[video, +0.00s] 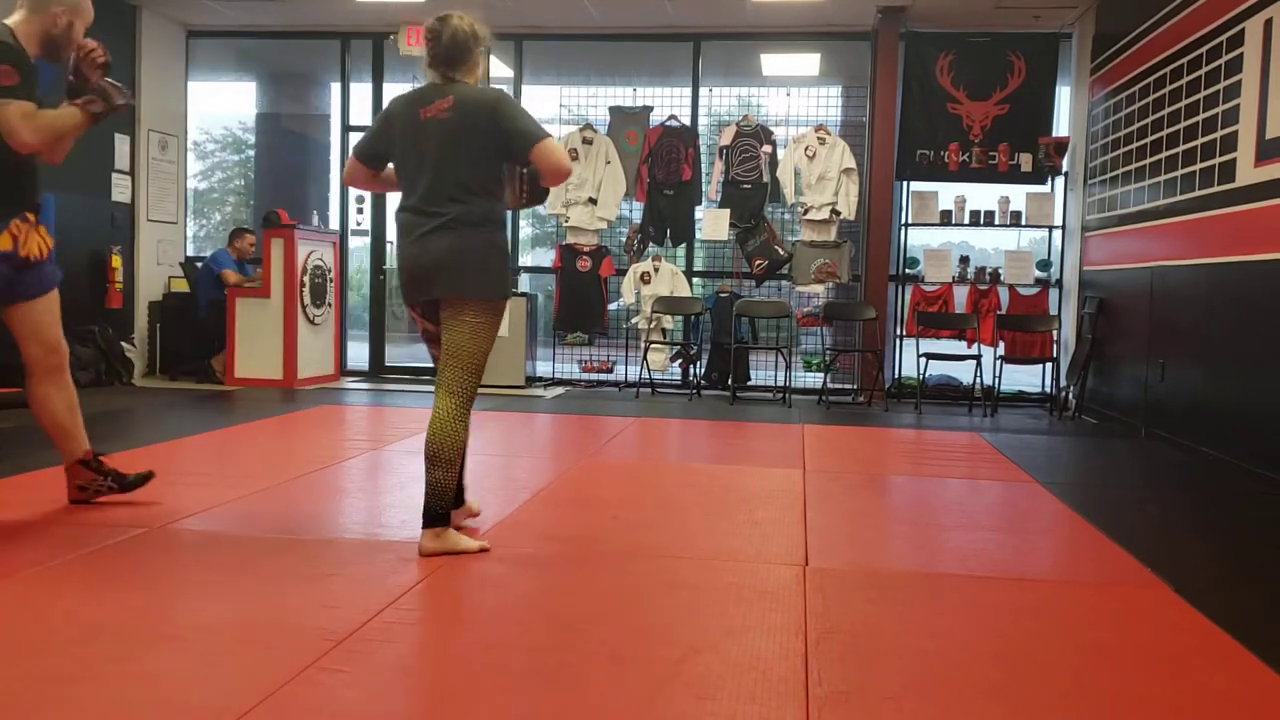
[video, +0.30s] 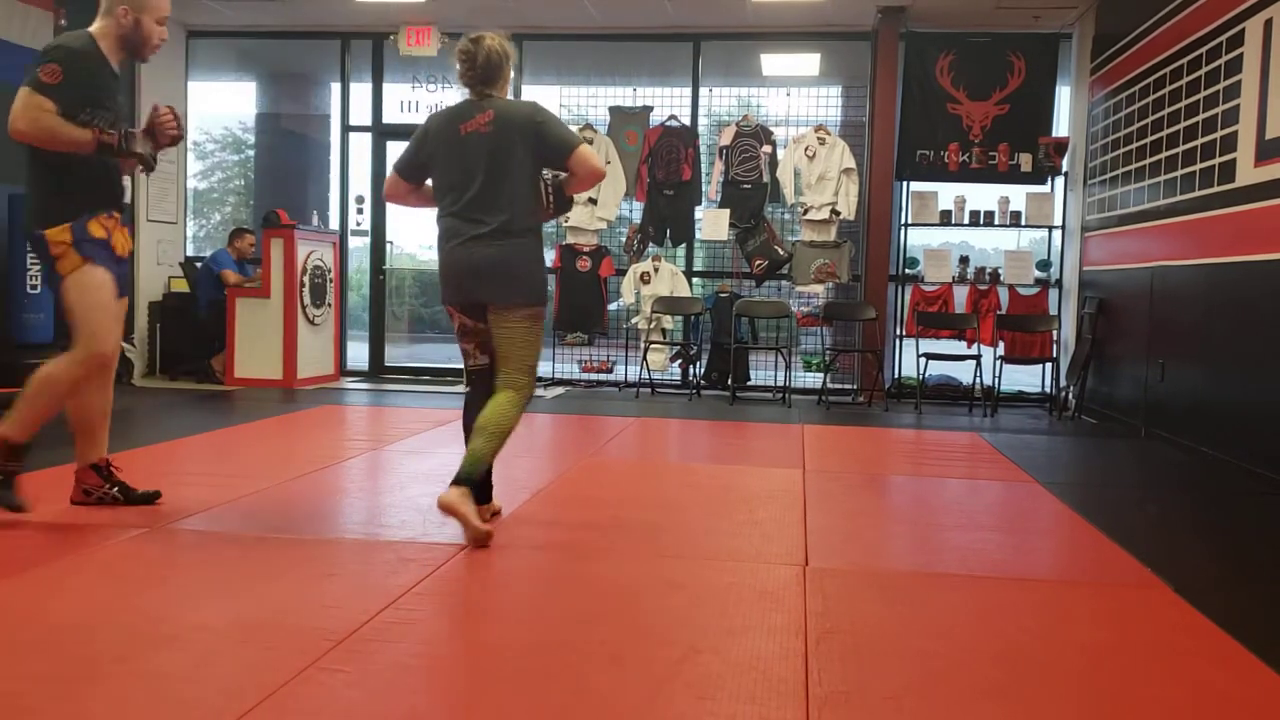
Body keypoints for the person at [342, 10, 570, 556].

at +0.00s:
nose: (485, 62)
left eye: (482, 55)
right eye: (485, 55)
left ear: (430, 58)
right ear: (479, 58)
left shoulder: (402, 108)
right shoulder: (495, 104)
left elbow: (357, 174)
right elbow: (557, 167)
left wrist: (412, 179)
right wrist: (522, 183)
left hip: (416, 260)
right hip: (477, 258)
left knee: (453, 385)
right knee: (453, 392)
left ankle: (453, 500)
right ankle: (435, 528)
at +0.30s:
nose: (509, 77)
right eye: (510, 71)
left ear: (462, 75)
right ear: (507, 75)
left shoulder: (437, 125)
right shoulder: (528, 116)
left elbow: (396, 189)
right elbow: (592, 170)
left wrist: (449, 195)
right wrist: (555, 193)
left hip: (457, 267)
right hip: (515, 265)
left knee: (479, 379)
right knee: (514, 385)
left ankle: (484, 498)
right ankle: (461, 489)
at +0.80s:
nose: (593, 106)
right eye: (592, 100)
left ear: (548, 102)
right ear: (587, 102)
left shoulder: (523, 146)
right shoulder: (602, 143)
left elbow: (485, 208)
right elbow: (646, 202)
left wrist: (529, 213)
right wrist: (620, 222)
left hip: (533, 276)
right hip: (591, 278)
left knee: (521, 378)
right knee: (596, 383)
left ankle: (487, 486)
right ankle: (595, 483)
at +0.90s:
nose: (617, 107)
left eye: (615, 100)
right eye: (616, 101)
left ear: (570, 102)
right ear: (607, 103)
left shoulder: (542, 145)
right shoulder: (623, 142)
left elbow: (506, 208)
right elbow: (661, 204)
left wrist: (550, 212)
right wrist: (639, 215)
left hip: (556, 273)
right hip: (612, 273)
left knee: (547, 374)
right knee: (607, 379)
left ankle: (503, 459)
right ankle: (596, 483)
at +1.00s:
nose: (634, 110)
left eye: (633, 103)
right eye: (633, 103)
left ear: (588, 103)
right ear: (624, 104)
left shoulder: (562, 145)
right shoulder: (638, 141)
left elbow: (526, 209)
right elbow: (675, 205)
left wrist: (569, 216)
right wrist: (653, 211)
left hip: (574, 269)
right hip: (625, 269)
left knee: (578, 368)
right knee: (611, 379)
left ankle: (536, 451)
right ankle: (597, 483)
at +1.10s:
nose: (650, 112)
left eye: (650, 106)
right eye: (649, 106)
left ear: (604, 106)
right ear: (640, 106)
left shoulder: (577, 145)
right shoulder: (652, 142)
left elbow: (546, 213)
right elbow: (685, 206)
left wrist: (585, 218)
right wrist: (667, 211)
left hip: (586, 267)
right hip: (637, 266)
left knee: (609, 364)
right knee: (616, 377)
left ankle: (585, 459)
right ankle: (597, 482)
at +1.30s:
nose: (684, 122)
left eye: (684, 115)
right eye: (682, 115)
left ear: (639, 115)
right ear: (669, 113)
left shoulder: (615, 157)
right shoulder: (680, 150)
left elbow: (585, 223)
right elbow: (703, 217)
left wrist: (621, 237)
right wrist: (721, 248)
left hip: (621, 270)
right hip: (663, 269)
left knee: (655, 369)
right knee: (632, 377)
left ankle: (669, 466)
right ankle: (598, 480)